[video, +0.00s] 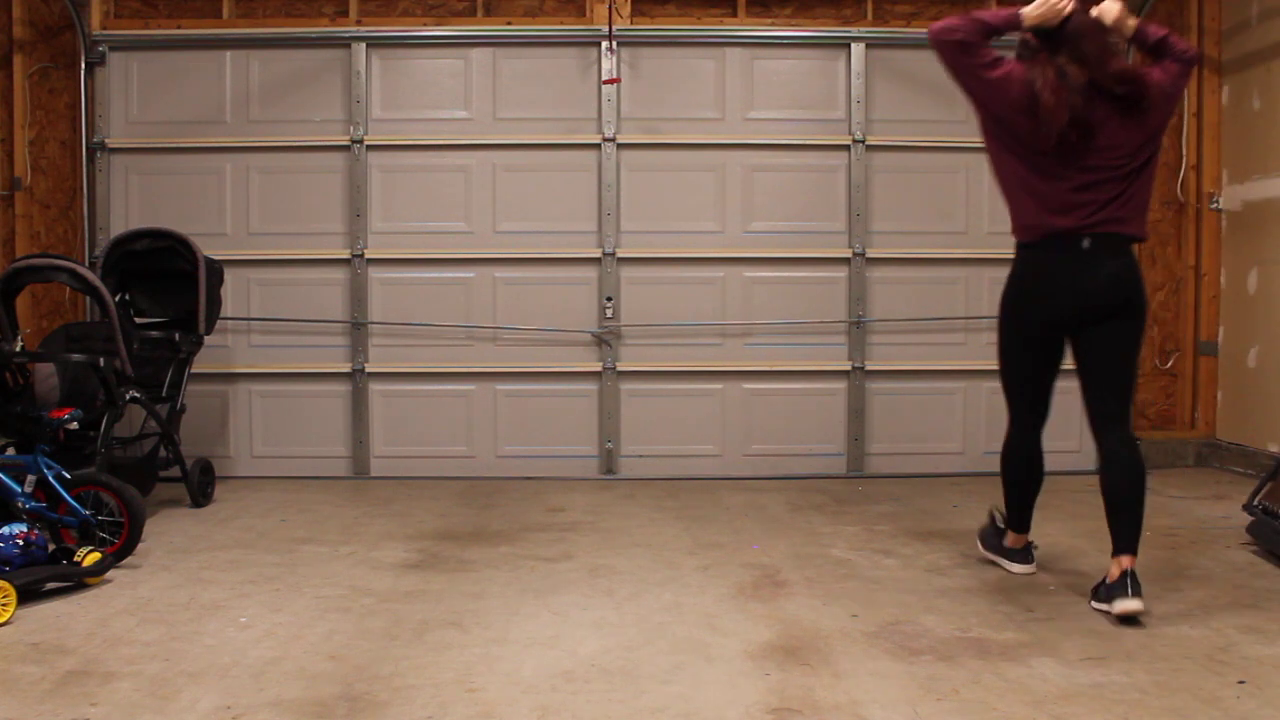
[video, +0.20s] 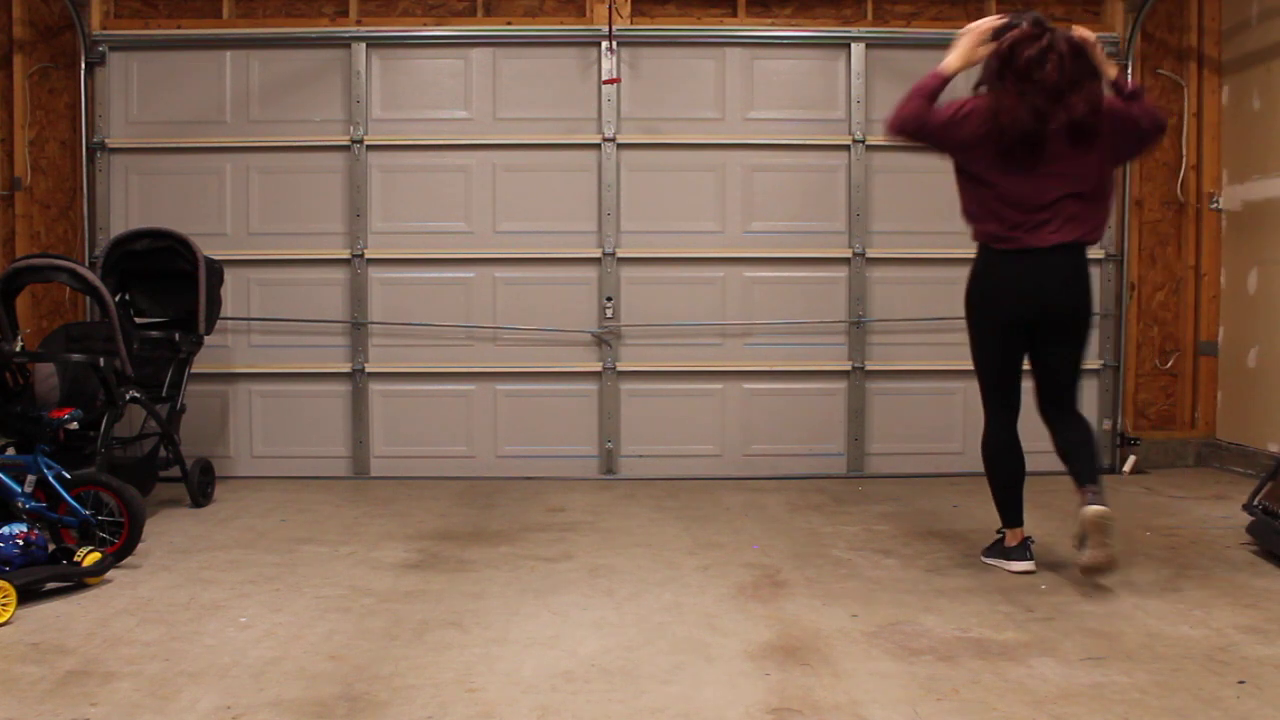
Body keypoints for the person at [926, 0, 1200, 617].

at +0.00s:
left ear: (1038, 47)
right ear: (1107, 48)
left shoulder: (1011, 91)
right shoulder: (1141, 96)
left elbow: (946, 34)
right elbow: (1183, 56)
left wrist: (1017, 16)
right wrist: (1133, 26)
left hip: (1038, 272)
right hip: (1114, 272)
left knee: (1025, 418)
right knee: (1115, 427)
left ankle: (1016, 539)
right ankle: (1124, 572)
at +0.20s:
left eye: (998, 60)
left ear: (997, 69)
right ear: (1068, 73)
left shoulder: (978, 121)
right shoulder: (1092, 118)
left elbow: (905, 120)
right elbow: (1149, 122)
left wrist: (952, 62)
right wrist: (1107, 70)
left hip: (998, 278)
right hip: (1066, 277)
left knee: (1000, 413)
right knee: (1060, 403)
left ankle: (1014, 538)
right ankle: (1092, 497)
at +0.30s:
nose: (977, 63)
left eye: (980, 55)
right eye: (979, 54)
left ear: (992, 57)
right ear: (1037, 54)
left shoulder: (980, 112)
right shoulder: (1069, 111)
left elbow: (924, 176)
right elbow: (1131, 174)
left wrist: (906, 142)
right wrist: (1071, 164)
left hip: (987, 274)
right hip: (1052, 272)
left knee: (996, 407)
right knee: (1036, 388)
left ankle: (1015, 539)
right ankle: (1055, 501)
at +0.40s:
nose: (965, 74)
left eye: (967, 66)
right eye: (967, 65)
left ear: (977, 68)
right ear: (1021, 66)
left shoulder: (963, 118)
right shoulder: (1052, 118)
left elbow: (926, 184)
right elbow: (1104, 194)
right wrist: (1072, 236)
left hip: (976, 278)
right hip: (1037, 276)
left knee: (994, 405)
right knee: (1020, 395)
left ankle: (1015, 536)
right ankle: (1012, 517)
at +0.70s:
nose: (920, 100)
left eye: (922, 94)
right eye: (924, 93)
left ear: (929, 96)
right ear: (968, 95)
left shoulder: (921, 133)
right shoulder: (998, 133)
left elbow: (908, 169)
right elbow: (1062, 169)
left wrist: (907, 225)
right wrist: (1030, 223)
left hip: (942, 281)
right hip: (991, 280)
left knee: (923, 400)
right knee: (970, 390)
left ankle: (979, 480)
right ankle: (969, 502)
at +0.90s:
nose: (877, 106)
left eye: (879, 99)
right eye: (879, 98)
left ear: (887, 100)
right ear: (922, 99)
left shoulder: (892, 135)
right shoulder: (953, 135)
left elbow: (912, 160)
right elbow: (1019, 162)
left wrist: (899, 219)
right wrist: (986, 216)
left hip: (913, 273)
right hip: (958, 274)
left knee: (874, 380)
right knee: (960, 388)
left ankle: (887, 489)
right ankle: (966, 501)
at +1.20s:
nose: (806, 127)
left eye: (809, 119)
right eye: (807, 119)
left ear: (824, 119)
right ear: (847, 118)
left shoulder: (827, 153)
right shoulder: (878, 152)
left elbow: (845, 180)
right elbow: (938, 183)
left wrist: (830, 234)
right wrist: (905, 233)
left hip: (839, 284)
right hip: (880, 282)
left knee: (824, 389)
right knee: (882, 386)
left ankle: (824, 486)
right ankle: (943, 465)